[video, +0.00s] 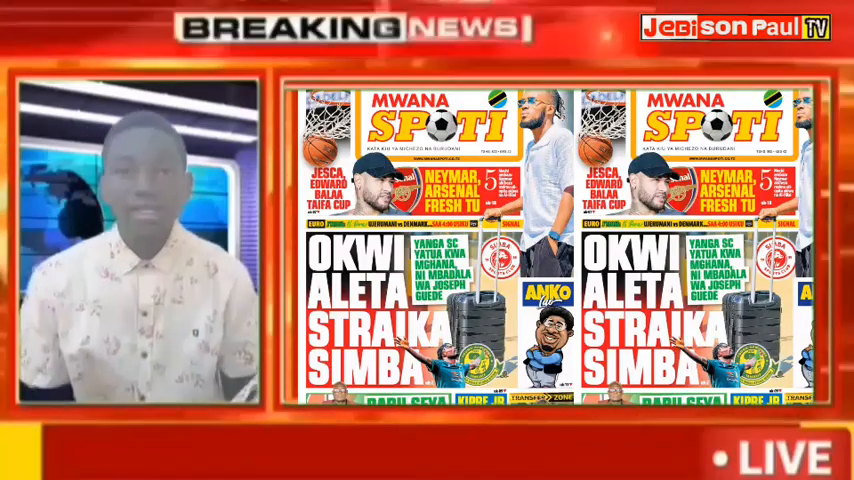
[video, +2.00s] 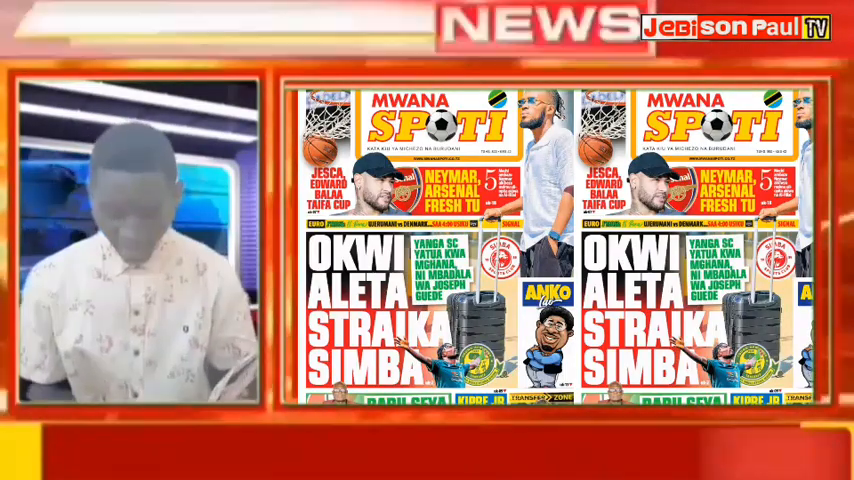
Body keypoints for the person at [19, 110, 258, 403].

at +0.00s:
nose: (144, 187)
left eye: (162, 171)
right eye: (124, 170)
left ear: (188, 186)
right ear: (102, 188)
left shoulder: (226, 277)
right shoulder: (57, 278)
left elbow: (247, 393)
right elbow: (45, 403)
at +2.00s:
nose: (132, 230)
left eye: (148, 213)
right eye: (115, 213)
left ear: (177, 196)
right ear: (91, 196)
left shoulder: (214, 276)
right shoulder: (54, 279)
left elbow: (242, 384)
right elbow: (44, 393)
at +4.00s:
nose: (114, 208)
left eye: (134, 192)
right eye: (100, 189)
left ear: (168, 189)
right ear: (83, 187)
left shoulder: (207, 273)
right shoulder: (37, 275)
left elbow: (234, 379)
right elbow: (36, 393)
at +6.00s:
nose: (124, 191)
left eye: (143, 174)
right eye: (105, 174)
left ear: (166, 184)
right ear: (82, 186)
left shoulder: (205, 273)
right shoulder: (37, 277)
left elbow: (232, 389)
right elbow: (21, 395)